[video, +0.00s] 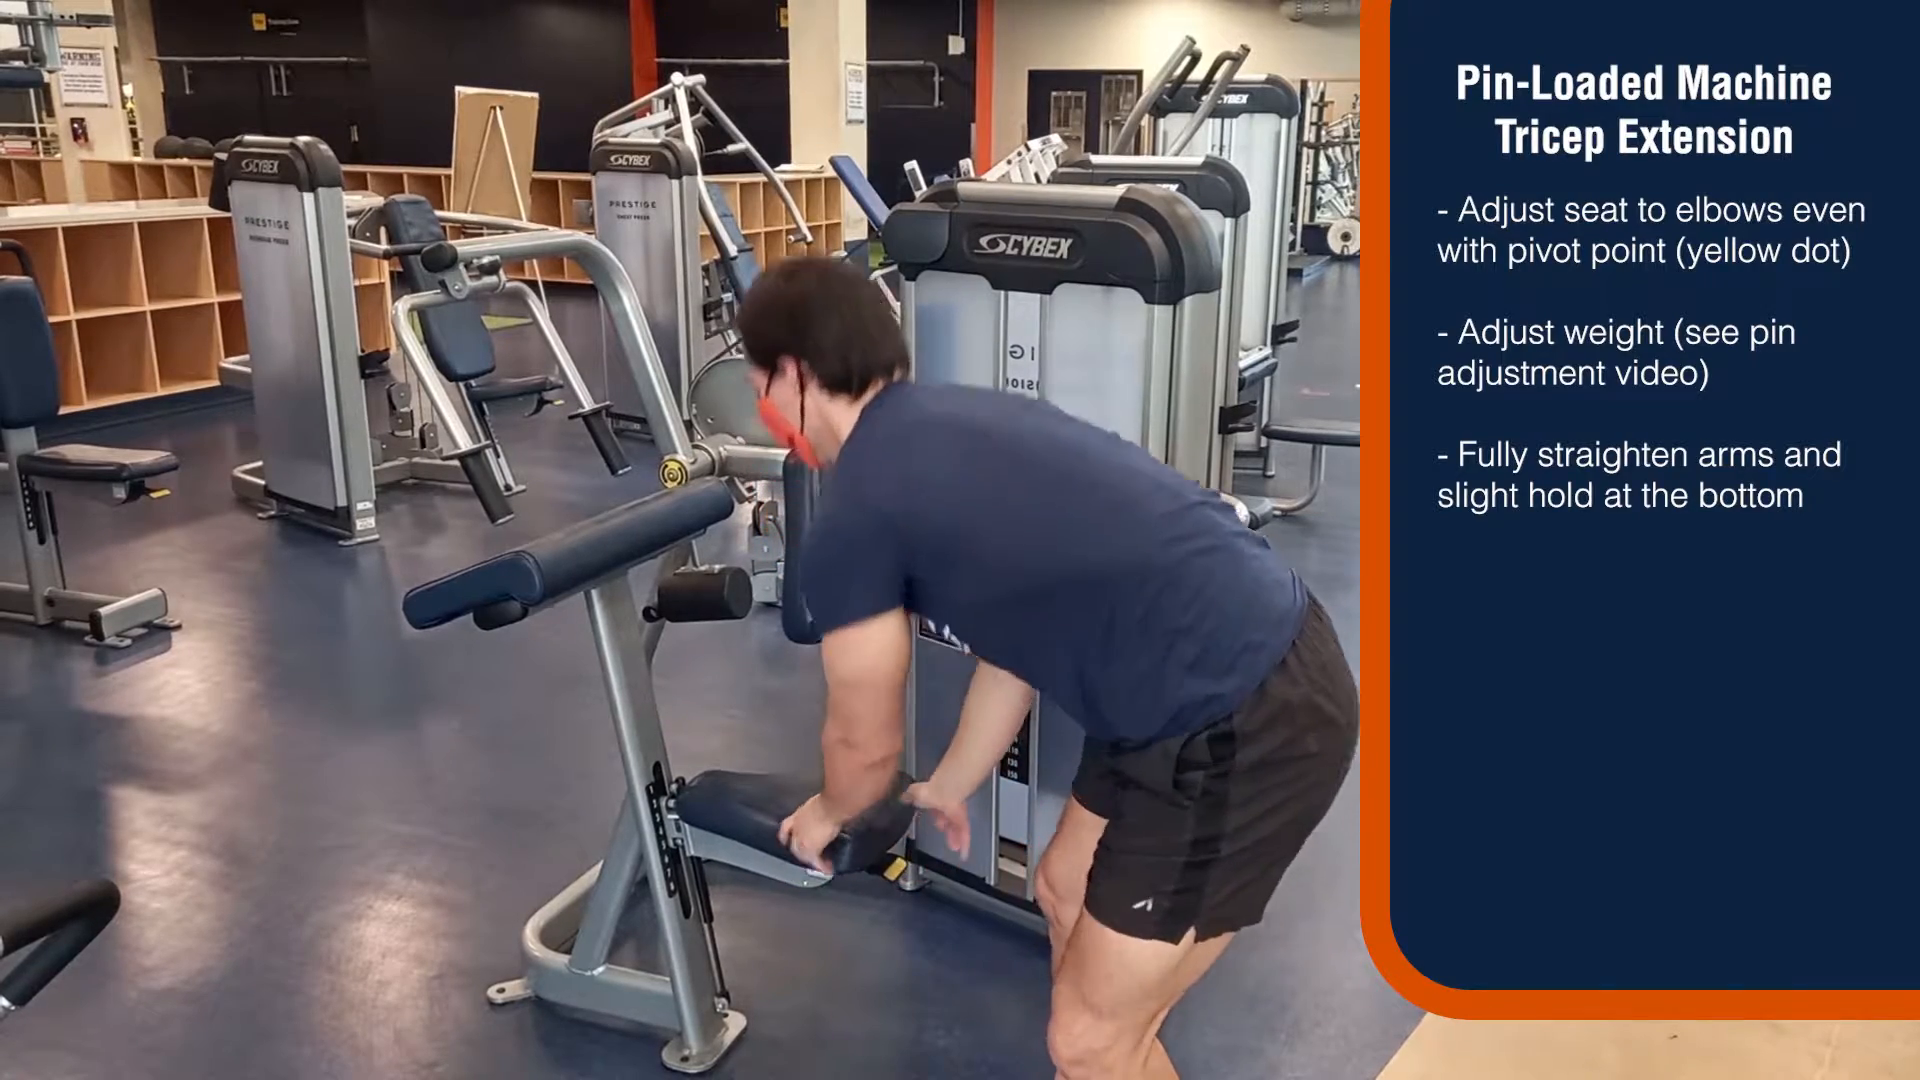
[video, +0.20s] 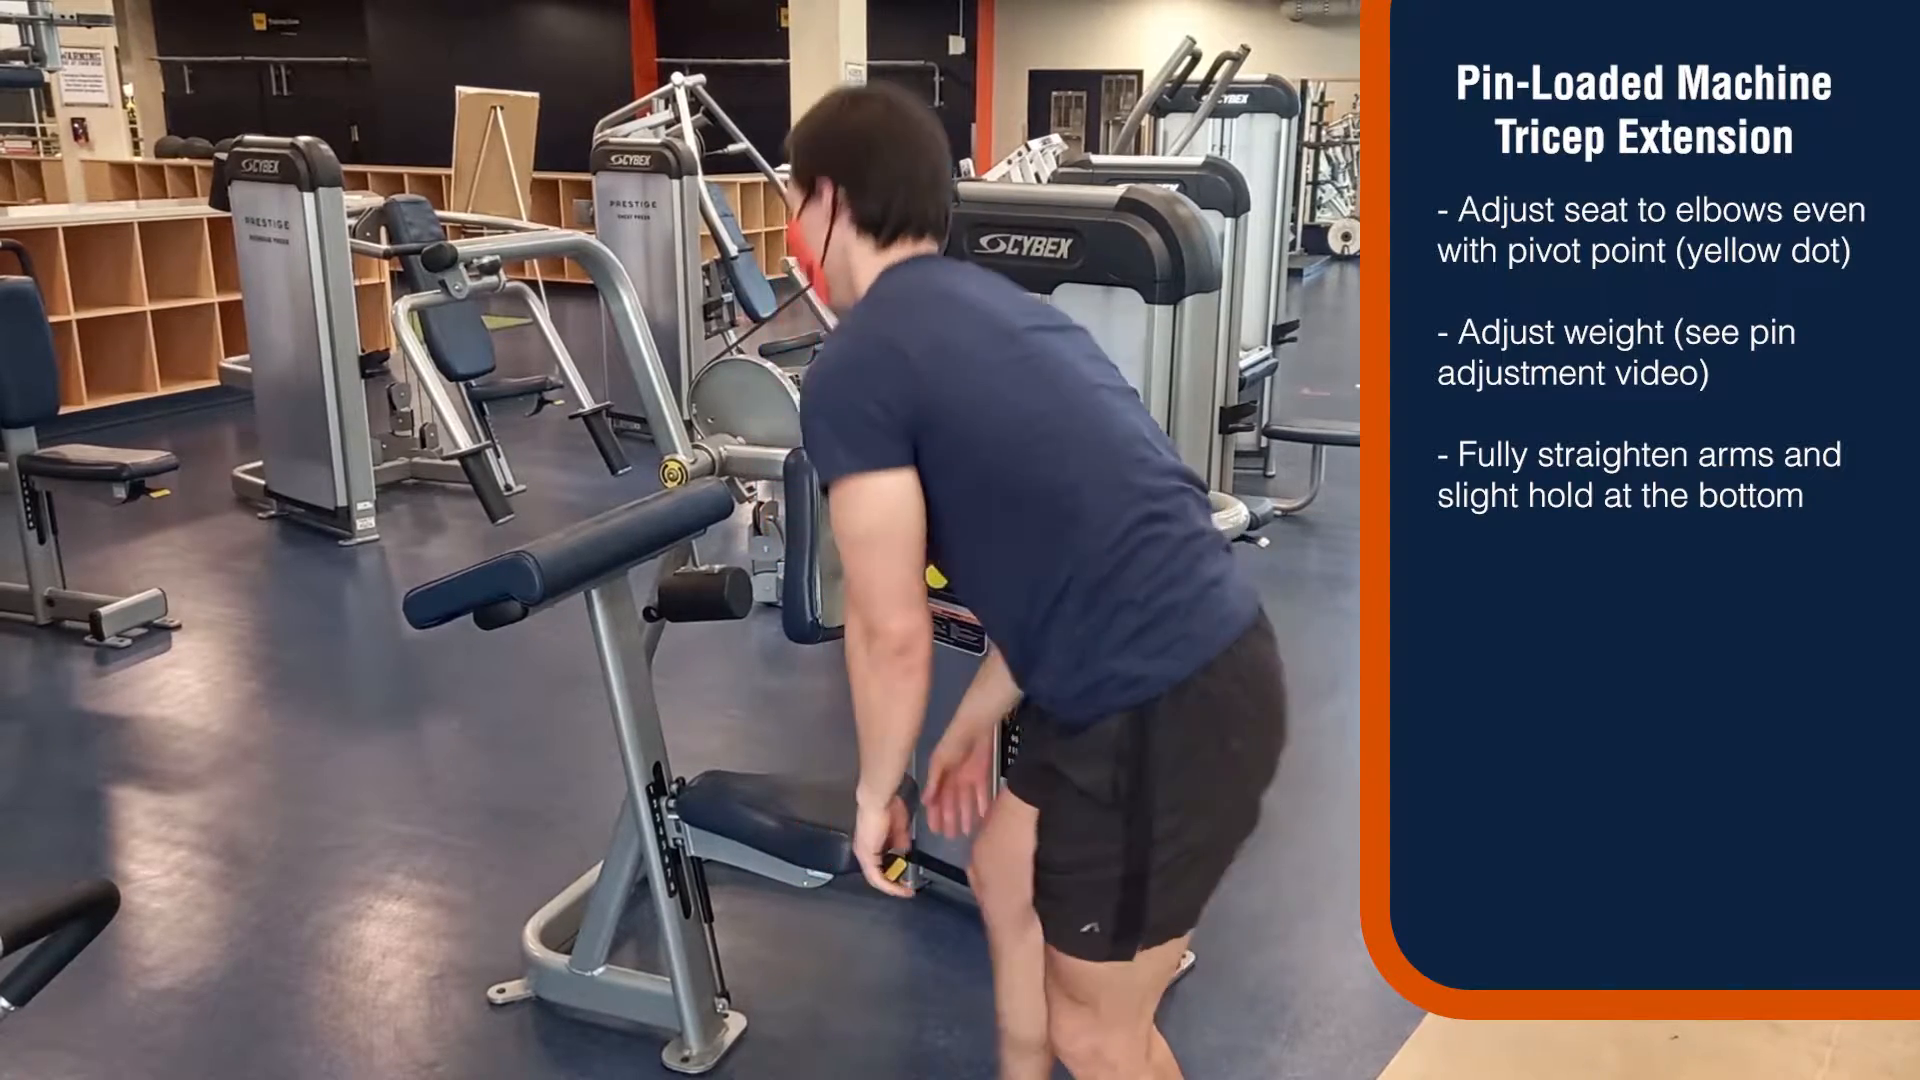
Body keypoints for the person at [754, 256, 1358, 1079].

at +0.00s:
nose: (763, 405)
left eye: (761, 381)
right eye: (759, 383)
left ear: (794, 377)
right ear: (882, 352)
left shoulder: (860, 498)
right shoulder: (958, 418)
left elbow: (866, 743)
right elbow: (1026, 626)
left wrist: (833, 812)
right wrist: (948, 785)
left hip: (1234, 712)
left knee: (1095, 1044)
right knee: (1067, 894)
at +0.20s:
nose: (792, 237)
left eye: (794, 206)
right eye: (791, 207)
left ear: (827, 205)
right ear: (929, 198)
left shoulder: (862, 358)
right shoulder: (1004, 306)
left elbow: (891, 628)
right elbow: (1083, 540)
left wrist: (876, 793)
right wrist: (977, 716)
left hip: (1160, 693)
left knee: (1100, 1037)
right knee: (1008, 875)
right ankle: (1026, 1072)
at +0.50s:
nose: (811, 103)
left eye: (815, 78)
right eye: (816, 79)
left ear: (836, 85)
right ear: (956, 102)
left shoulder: (808, 249)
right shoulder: (1018, 241)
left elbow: (809, 515)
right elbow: (1069, 454)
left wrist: (769, 731)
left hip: (952, 676)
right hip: (1053, 637)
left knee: (963, 1001)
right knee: (931, 976)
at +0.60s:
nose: (802, 90)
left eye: (804, 67)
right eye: (805, 67)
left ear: (822, 71)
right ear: (941, 88)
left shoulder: (799, 226)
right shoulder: (1008, 227)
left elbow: (758, 497)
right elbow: (1042, 441)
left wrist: (672, 691)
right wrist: (896, 434)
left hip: (895, 655)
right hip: (1014, 622)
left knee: (831, 957)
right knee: (914, 920)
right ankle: (936, 1076)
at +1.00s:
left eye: (667, 76)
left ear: (670, 84)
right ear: (793, 93)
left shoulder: (598, 233)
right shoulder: (877, 226)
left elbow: (549, 489)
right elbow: (951, 429)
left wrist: (525, 504)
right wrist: (834, 457)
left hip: (693, 646)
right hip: (862, 631)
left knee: (632, 908)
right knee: (879, 917)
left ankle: (597, 1071)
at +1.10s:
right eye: (740, 107)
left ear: (605, 93)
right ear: (735, 107)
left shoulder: (521, 239)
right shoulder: (812, 224)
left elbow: (486, 487)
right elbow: (900, 426)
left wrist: (537, 508)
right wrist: (804, 450)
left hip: (633, 639)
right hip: (804, 626)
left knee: (600, 893)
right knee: (825, 901)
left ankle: (587, 1076)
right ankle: (878, 1076)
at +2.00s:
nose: (577, 113)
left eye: (577, 100)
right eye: (576, 96)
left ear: (438, 83)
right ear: (546, 81)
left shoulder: (335, 230)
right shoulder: (620, 179)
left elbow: (347, 455)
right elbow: (748, 389)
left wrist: (465, 526)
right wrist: (782, 424)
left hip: (523, 607)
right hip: (673, 551)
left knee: (563, 885)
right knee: (745, 518)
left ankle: (580, 1079)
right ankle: (808, 717)